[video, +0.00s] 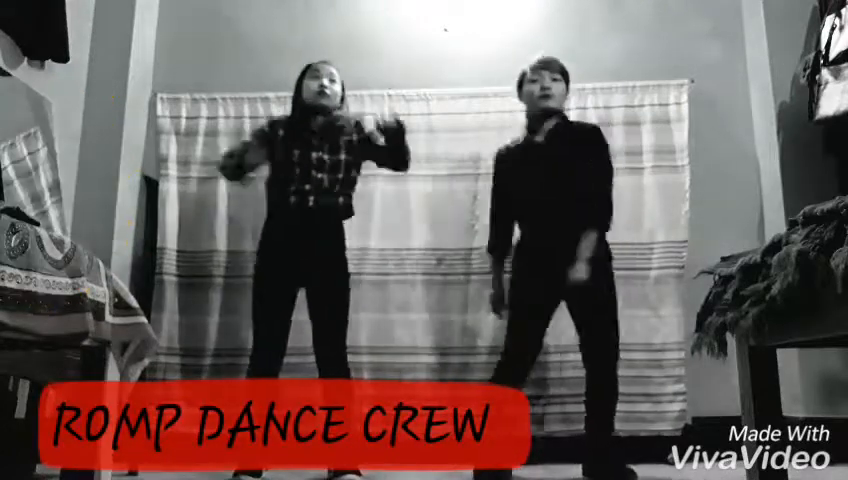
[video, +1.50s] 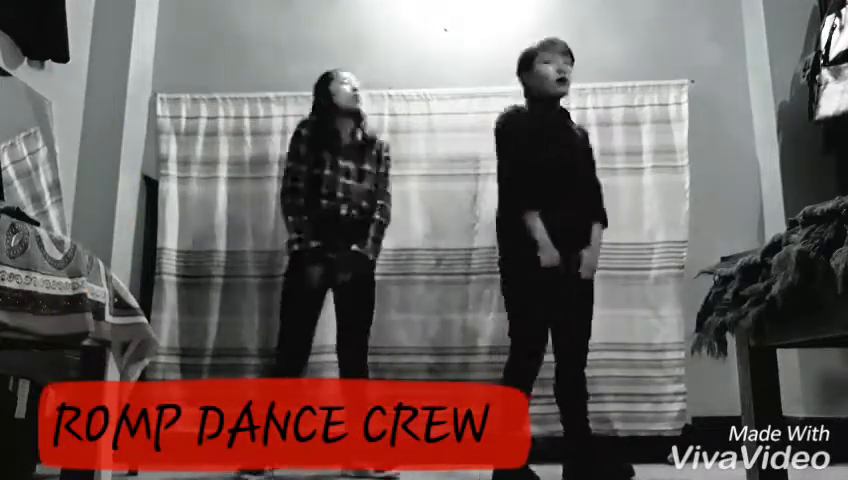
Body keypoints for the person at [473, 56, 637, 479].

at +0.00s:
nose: (544, 84)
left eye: (554, 79)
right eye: (534, 79)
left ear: (567, 93)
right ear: (521, 95)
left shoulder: (587, 136)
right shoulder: (510, 156)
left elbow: (599, 201)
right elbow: (500, 221)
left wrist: (584, 256)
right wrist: (497, 278)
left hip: (587, 260)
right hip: (535, 264)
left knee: (601, 360)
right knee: (515, 361)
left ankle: (600, 459)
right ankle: (486, 456)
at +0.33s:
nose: (545, 85)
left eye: (548, 81)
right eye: (536, 77)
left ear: (544, 90)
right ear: (508, 82)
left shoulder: (529, 131)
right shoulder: (501, 126)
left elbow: (528, 198)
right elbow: (497, 170)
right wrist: (509, 189)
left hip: (523, 263)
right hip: (500, 263)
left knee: (548, 357)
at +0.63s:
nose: (580, 79)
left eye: (579, 72)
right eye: (572, 71)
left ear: (550, 81)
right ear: (543, 78)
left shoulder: (548, 126)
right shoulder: (545, 125)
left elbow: (575, 202)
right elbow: (563, 199)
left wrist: (603, 254)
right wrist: (589, 244)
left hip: (541, 256)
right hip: (542, 258)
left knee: (535, 348)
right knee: (566, 352)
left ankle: (485, 437)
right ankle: (584, 456)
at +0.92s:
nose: (572, 74)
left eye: (571, 67)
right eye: (564, 66)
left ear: (542, 77)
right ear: (538, 73)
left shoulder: (533, 116)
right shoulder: (545, 114)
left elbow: (531, 187)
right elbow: (546, 179)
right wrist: (561, 237)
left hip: (516, 252)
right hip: (535, 252)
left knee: (513, 352)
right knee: (557, 353)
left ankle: (490, 448)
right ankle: (584, 454)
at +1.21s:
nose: (581, 75)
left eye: (579, 68)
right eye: (573, 67)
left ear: (546, 76)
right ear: (547, 74)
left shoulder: (537, 118)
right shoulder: (555, 117)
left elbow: (538, 189)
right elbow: (563, 186)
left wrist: (562, 243)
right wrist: (573, 245)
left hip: (526, 248)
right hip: (543, 249)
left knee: (520, 355)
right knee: (553, 359)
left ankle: (490, 450)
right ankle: (580, 457)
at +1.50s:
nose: (562, 70)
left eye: (567, 65)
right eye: (550, 63)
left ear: (571, 77)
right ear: (526, 74)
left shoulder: (576, 133)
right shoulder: (514, 123)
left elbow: (592, 193)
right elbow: (518, 188)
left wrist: (594, 244)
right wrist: (543, 241)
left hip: (573, 258)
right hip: (526, 255)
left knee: (572, 358)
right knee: (527, 353)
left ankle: (579, 452)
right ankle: (505, 452)